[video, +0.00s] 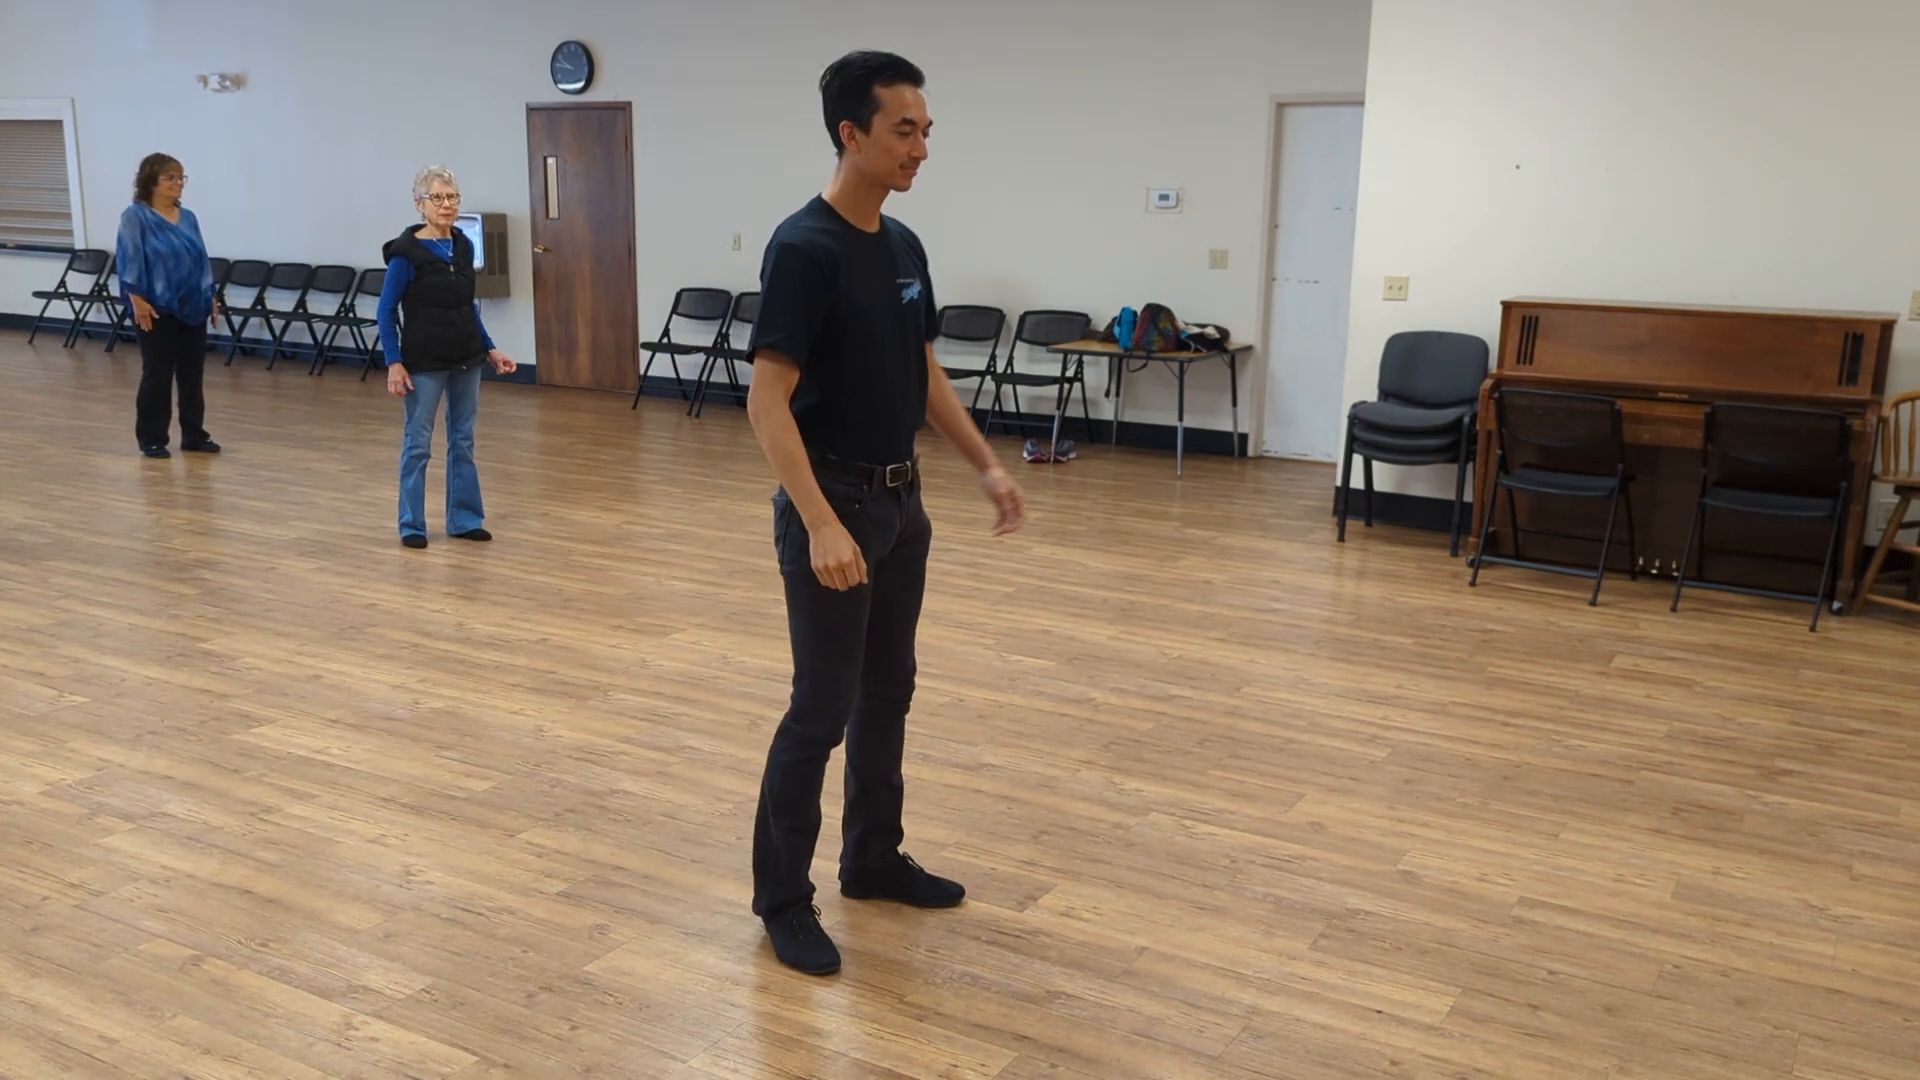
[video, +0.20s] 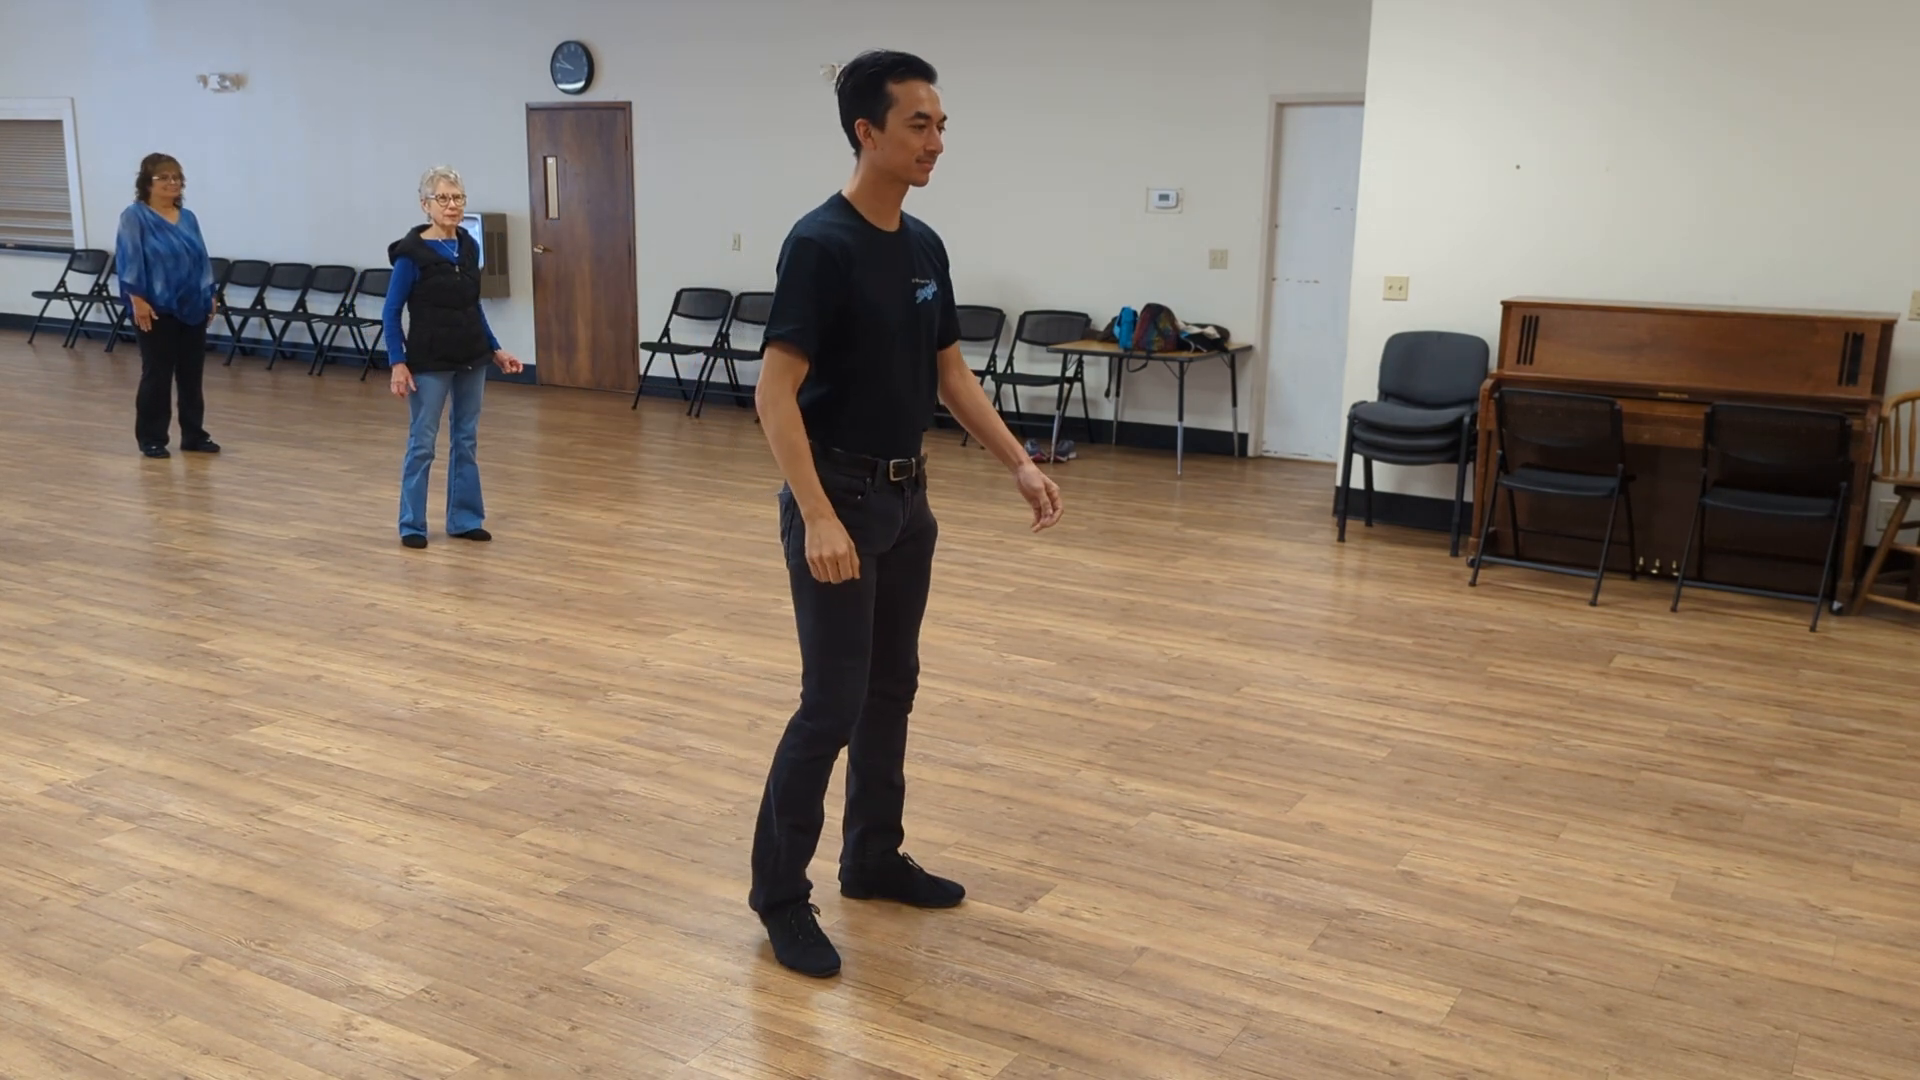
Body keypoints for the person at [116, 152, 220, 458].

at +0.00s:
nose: (179, 183)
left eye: (181, 178)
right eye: (171, 178)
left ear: (182, 182)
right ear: (152, 181)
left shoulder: (187, 216)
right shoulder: (135, 216)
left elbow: (201, 261)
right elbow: (130, 263)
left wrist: (211, 295)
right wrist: (137, 299)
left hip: (193, 307)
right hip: (157, 307)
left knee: (192, 375)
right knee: (158, 375)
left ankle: (194, 436)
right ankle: (152, 440)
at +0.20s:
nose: (173, 182)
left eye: (177, 178)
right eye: (165, 178)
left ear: (181, 182)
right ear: (148, 183)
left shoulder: (187, 216)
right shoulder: (134, 216)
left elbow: (202, 261)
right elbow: (129, 263)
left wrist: (210, 294)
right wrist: (138, 300)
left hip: (192, 307)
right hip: (157, 308)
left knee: (191, 375)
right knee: (157, 375)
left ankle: (193, 436)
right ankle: (152, 440)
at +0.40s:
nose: (172, 183)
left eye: (177, 178)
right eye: (164, 178)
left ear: (182, 182)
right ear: (149, 183)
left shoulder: (188, 217)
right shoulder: (135, 216)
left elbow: (202, 262)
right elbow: (130, 264)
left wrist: (210, 296)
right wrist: (138, 300)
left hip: (193, 308)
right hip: (157, 308)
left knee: (192, 375)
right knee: (157, 375)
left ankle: (193, 436)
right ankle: (152, 440)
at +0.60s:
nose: (177, 184)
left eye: (181, 179)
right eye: (168, 180)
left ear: (187, 183)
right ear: (153, 184)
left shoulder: (192, 217)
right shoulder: (139, 217)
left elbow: (206, 261)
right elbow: (134, 263)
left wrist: (215, 296)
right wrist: (142, 300)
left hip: (196, 308)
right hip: (160, 308)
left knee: (194, 375)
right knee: (160, 374)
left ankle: (194, 435)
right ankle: (152, 440)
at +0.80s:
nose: (184, 185)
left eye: (188, 180)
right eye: (176, 180)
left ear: (194, 183)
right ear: (160, 184)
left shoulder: (199, 218)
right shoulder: (146, 216)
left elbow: (212, 262)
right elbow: (140, 263)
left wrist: (220, 297)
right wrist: (149, 299)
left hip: (200, 308)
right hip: (165, 308)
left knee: (196, 375)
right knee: (166, 373)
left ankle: (194, 435)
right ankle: (153, 439)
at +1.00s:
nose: (193, 186)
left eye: (197, 181)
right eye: (185, 181)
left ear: (203, 184)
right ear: (169, 184)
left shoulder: (207, 218)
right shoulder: (153, 216)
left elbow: (220, 262)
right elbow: (147, 262)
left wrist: (227, 297)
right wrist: (156, 298)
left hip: (205, 308)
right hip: (169, 307)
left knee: (199, 372)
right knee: (175, 369)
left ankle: (194, 434)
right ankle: (156, 436)